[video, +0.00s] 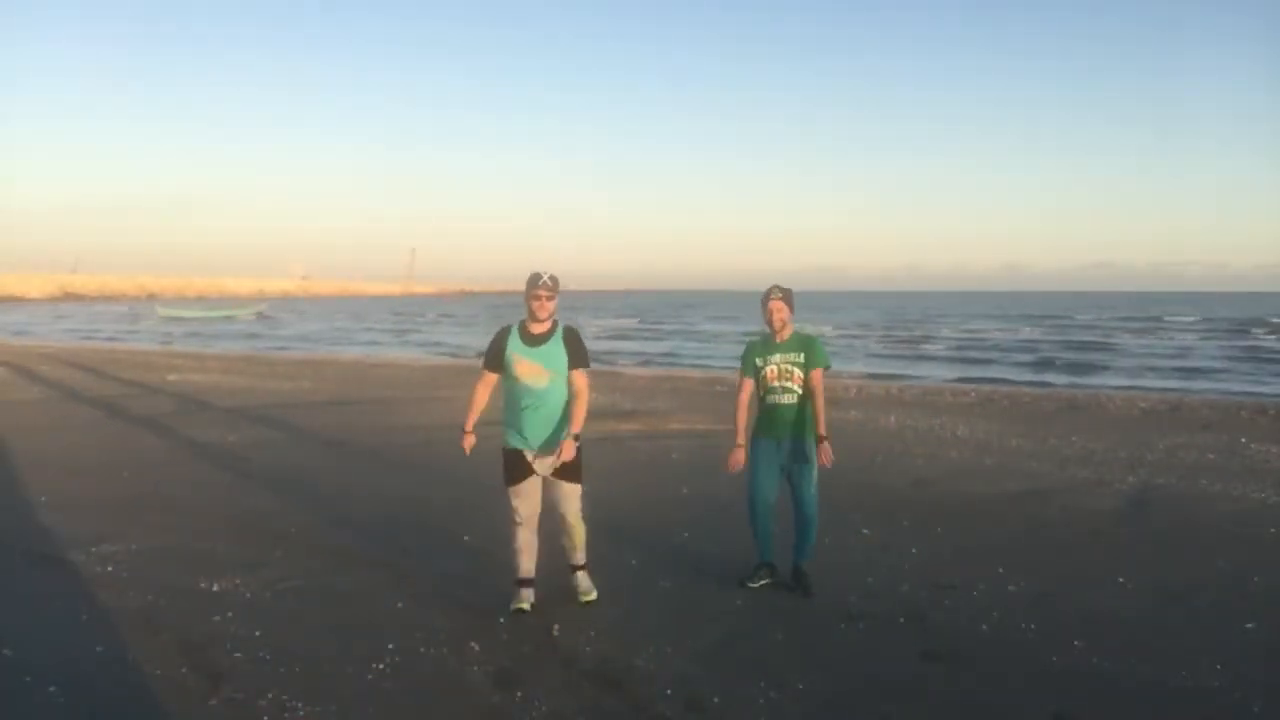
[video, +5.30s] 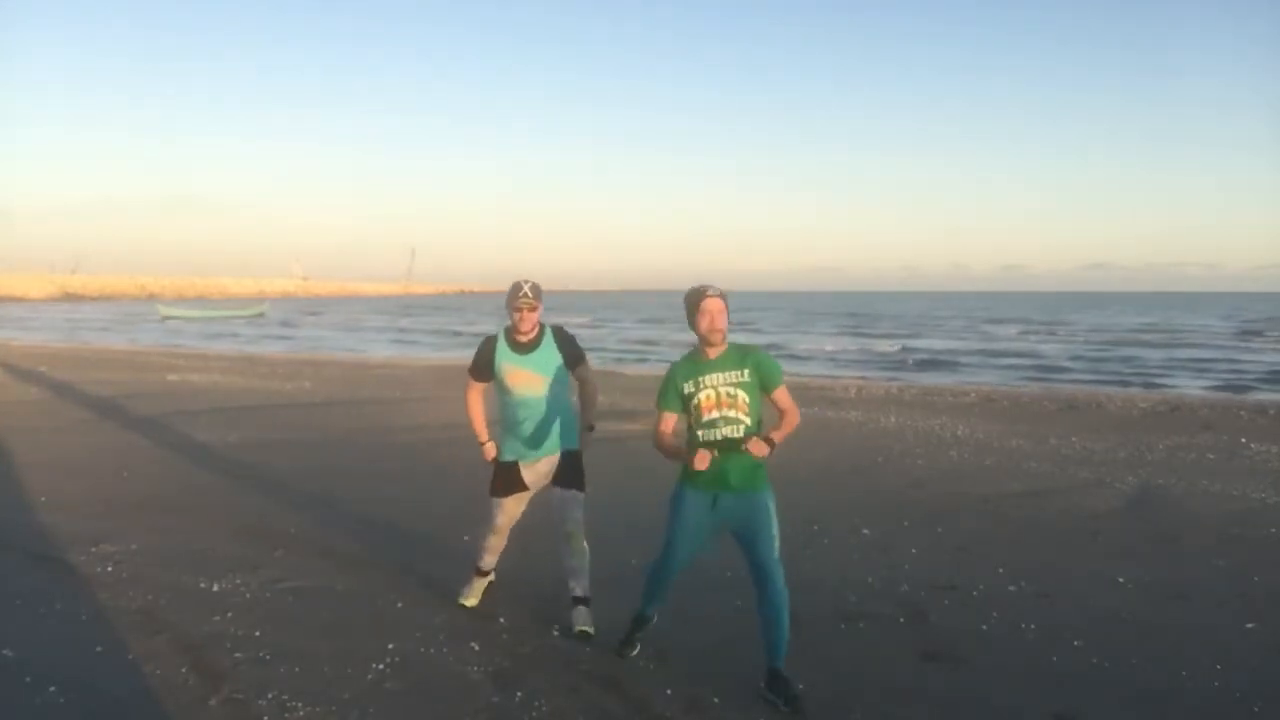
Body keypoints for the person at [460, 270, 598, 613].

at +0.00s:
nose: (542, 304)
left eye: (548, 299)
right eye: (536, 298)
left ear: (556, 301)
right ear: (526, 299)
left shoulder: (569, 338)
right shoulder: (506, 337)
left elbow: (581, 390)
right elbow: (485, 383)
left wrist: (573, 436)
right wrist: (469, 425)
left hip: (562, 443)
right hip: (519, 445)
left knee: (571, 516)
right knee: (523, 519)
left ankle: (580, 572)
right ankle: (524, 589)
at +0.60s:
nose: (586, 313)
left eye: (592, 307)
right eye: (581, 306)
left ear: (598, 308)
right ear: (568, 302)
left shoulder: (604, 341)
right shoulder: (542, 335)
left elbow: (620, 390)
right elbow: (524, 380)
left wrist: (626, 436)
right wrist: (515, 424)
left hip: (591, 438)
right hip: (546, 437)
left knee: (591, 505)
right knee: (540, 503)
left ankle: (593, 570)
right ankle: (542, 568)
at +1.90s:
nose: (594, 305)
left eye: (599, 299)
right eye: (588, 299)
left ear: (606, 301)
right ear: (579, 300)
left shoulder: (621, 331)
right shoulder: (564, 335)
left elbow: (632, 378)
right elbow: (558, 386)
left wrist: (626, 418)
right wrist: (571, 425)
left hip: (615, 428)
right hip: (577, 428)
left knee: (616, 497)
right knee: (572, 497)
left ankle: (615, 559)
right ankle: (567, 557)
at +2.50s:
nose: (582, 310)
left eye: (588, 304)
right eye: (576, 304)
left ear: (595, 306)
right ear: (566, 304)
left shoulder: (610, 337)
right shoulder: (548, 338)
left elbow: (626, 381)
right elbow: (535, 385)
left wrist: (637, 420)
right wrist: (527, 430)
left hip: (601, 434)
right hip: (557, 434)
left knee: (609, 499)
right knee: (541, 495)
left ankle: (614, 560)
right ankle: (524, 556)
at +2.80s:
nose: (552, 313)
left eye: (558, 308)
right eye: (547, 307)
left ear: (564, 309)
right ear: (536, 306)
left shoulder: (575, 340)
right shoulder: (514, 339)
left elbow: (593, 385)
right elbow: (497, 383)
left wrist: (603, 426)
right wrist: (486, 426)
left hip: (567, 436)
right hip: (522, 436)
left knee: (585, 498)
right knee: (513, 501)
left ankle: (604, 559)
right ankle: (504, 563)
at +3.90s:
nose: (510, 324)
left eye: (515, 318)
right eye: (505, 318)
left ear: (524, 315)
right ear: (495, 315)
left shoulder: (538, 338)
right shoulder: (480, 340)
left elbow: (570, 370)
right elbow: (463, 376)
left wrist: (569, 387)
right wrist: (453, 403)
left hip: (531, 439)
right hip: (485, 437)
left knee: (542, 510)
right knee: (472, 505)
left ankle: (549, 565)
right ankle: (470, 573)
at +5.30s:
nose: (524, 316)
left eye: (531, 309)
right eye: (518, 309)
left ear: (540, 310)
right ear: (508, 311)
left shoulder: (560, 340)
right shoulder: (492, 348)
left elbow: (587, 380)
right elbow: (474, 393)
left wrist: (587, 422)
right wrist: (484, 440)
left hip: (562, 450)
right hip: (514, 454)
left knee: (573, 529)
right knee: (499, 525)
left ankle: (581, 606)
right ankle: (481, 576)